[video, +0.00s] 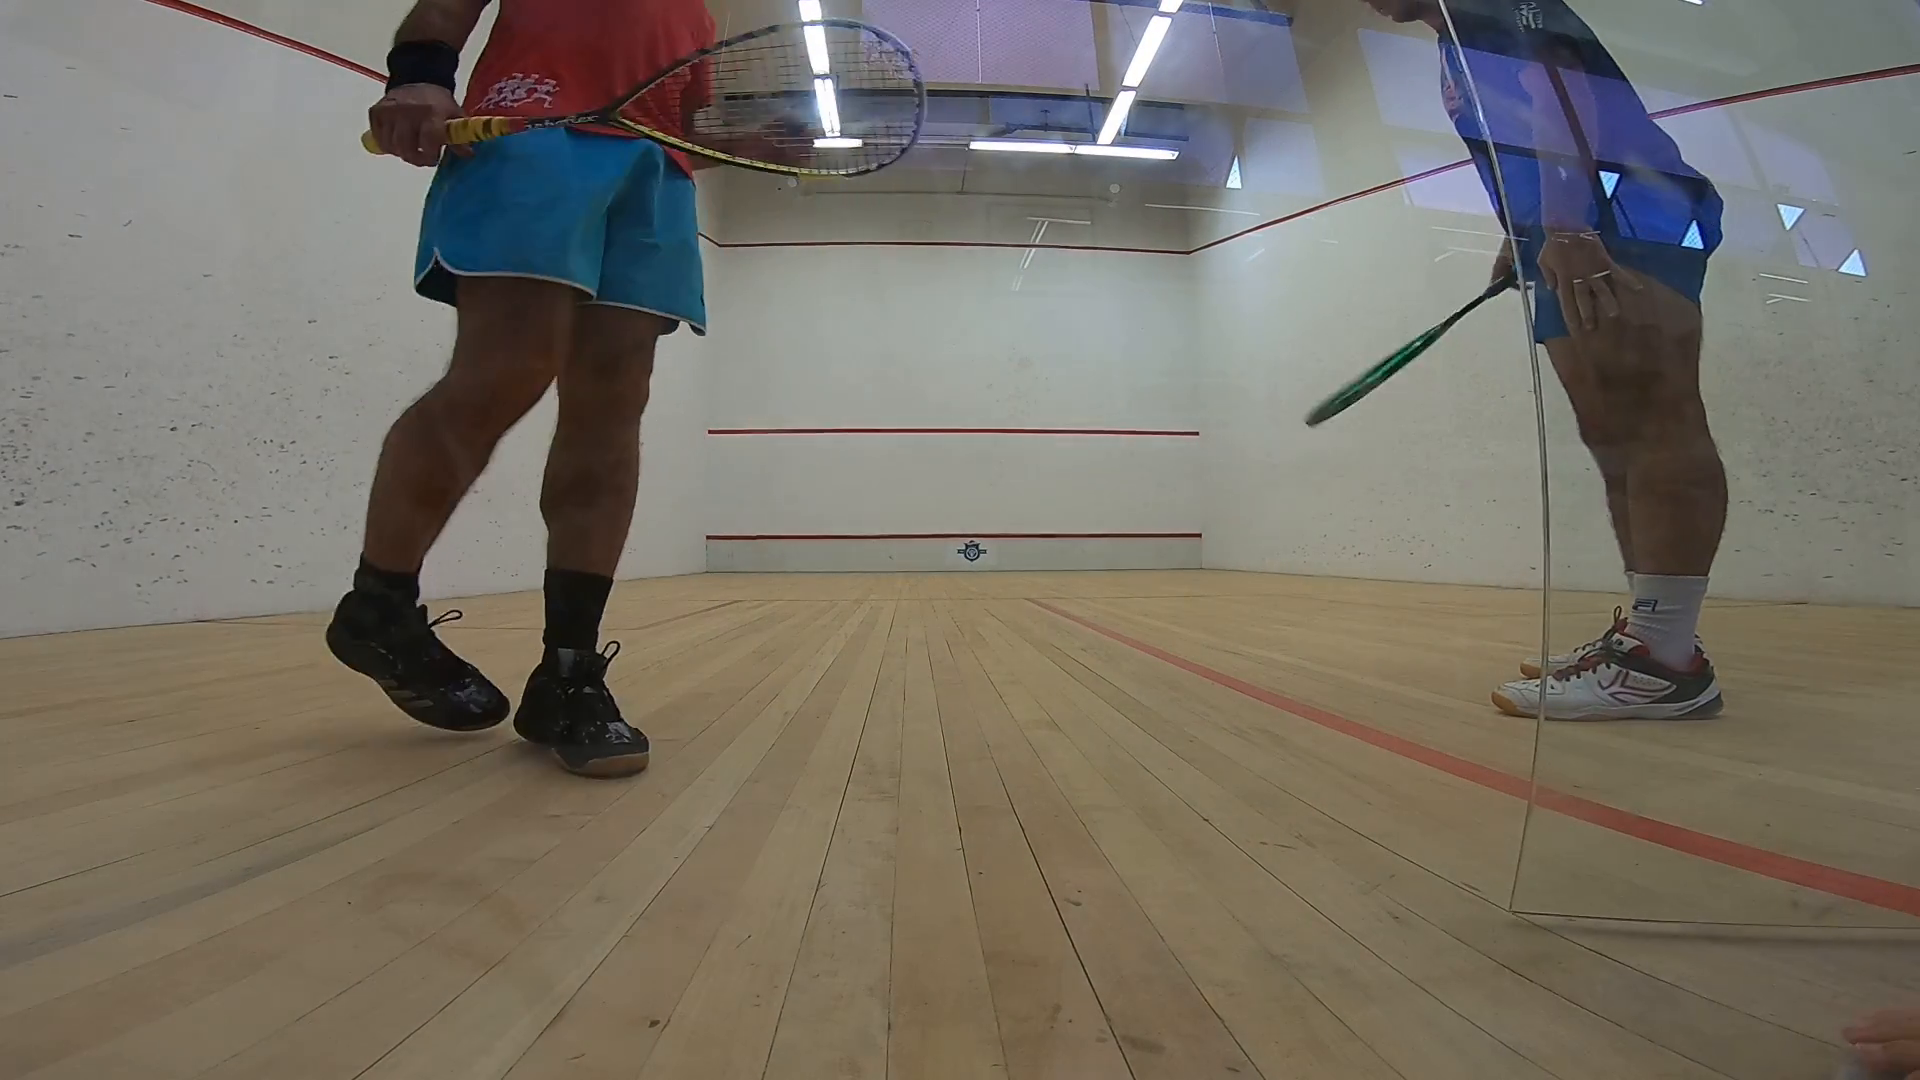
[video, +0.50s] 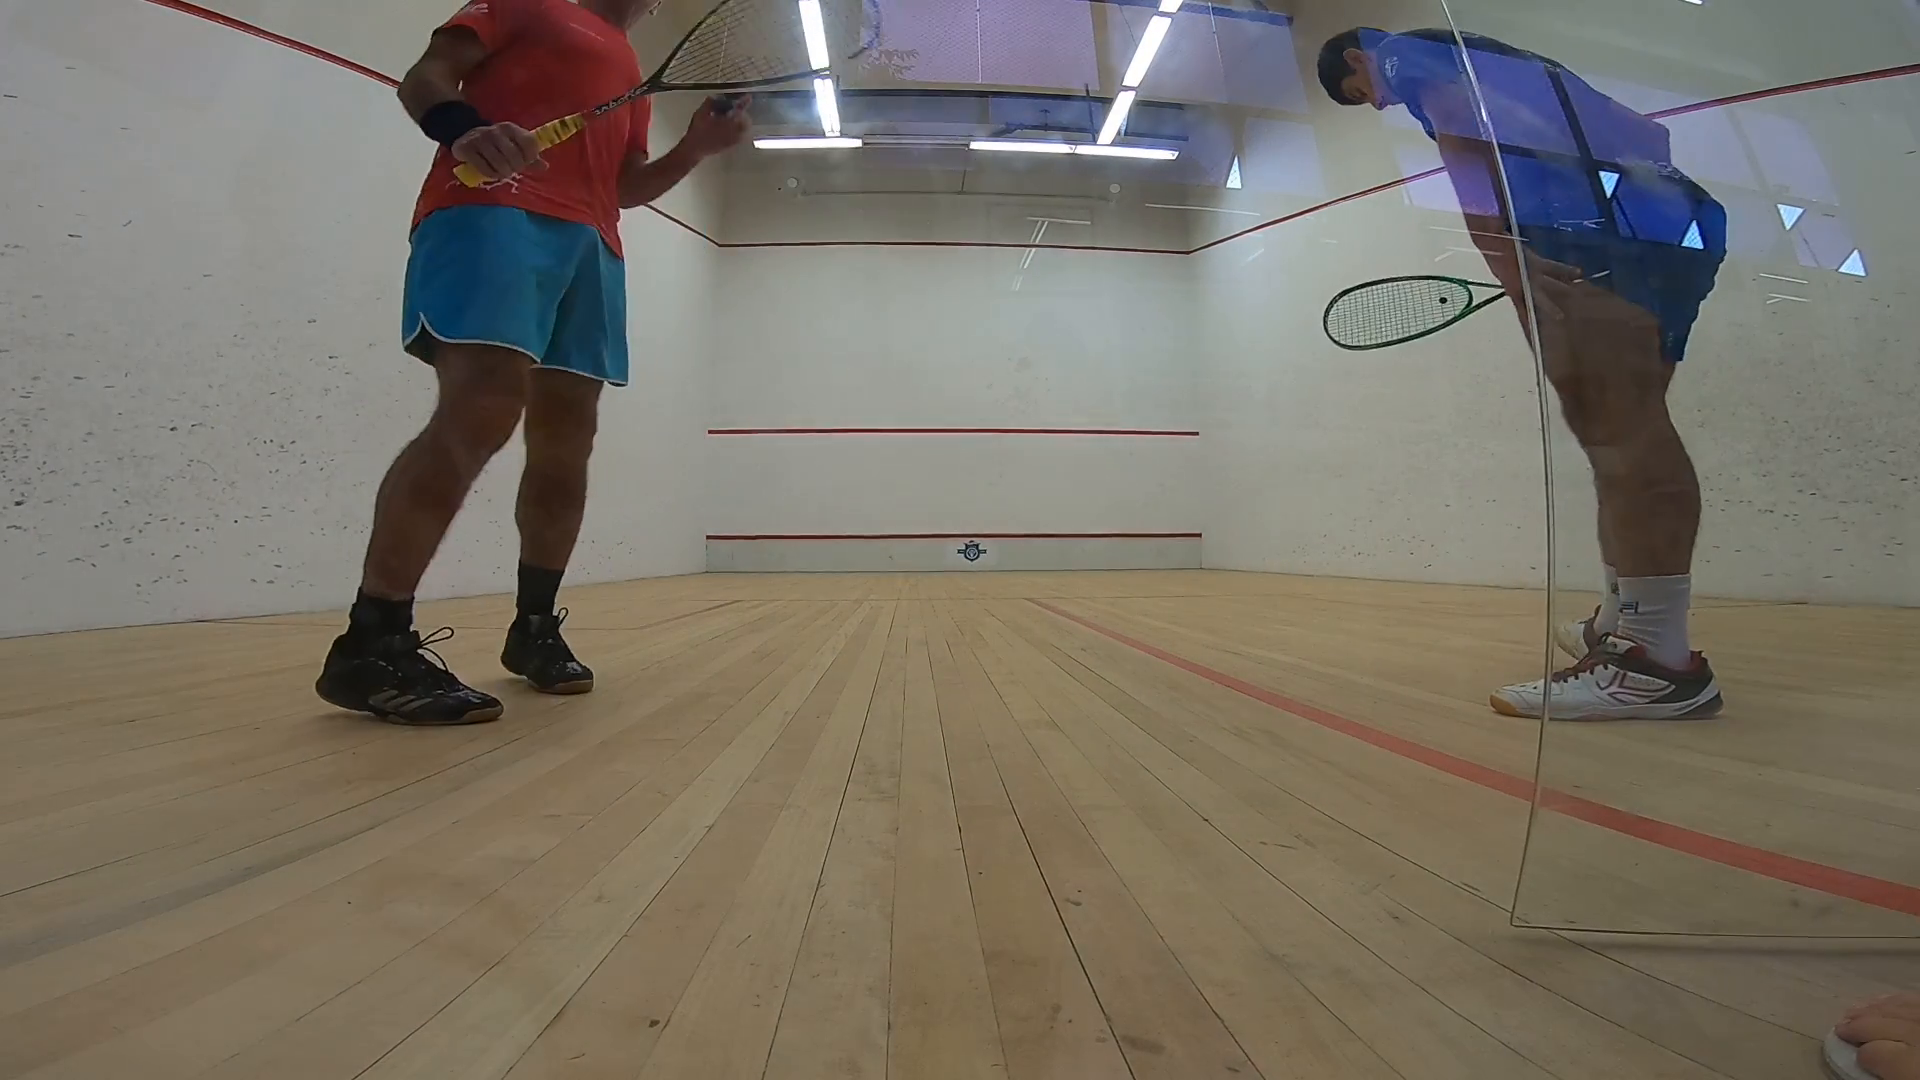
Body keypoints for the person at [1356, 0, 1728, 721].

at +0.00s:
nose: (1374, 5)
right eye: (1369, 3)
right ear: (1397, 10)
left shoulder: (1491, 8)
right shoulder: (1459, 57)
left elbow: (1558, 82)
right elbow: (1522, 139)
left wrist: (1569, 225)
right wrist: (1519, 229)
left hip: (1628, 218)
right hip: (1570, 237)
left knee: (1659, 421)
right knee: (1613, 431)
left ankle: (1670, 659)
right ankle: (1649, 637)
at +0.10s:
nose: (1348, 22)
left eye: (1340, 4)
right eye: (1336, 14)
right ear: (1364, 6)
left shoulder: (1487, 19)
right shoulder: (1459, 37)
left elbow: (1553, 122)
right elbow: (1528, 141)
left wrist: (1561, 229)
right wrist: (1543, 241)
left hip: (1637, 209)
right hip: (1596, 220)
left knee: (1625, 418)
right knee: (1593, 424)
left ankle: (1668, 658)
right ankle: (1648, 642)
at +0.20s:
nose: (1345, 43)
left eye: (1329, 23)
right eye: (1328, 36)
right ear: (1347, 22)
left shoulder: (1465, 23)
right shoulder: (1447, 51)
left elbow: (1536, 134)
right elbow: (1522, 156)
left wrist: (1539, 239)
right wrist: (1530, 249)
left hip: (1652, 213)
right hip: (1608, 217)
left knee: (1588, 413)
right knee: (1560, 410)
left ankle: (1662, 659)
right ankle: (1637, 639)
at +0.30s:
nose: (1356, 69)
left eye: (1340, 53)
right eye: (1340, 64)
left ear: (1351, 12)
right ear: (1360, 15)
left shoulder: (1445, 31)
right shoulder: (1434, 49)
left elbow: (1514, 134)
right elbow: (1493, 160)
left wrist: (1531, 246)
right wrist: (1512, 254)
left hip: (1648, 222)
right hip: (1608, 226)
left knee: (1593, 415)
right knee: (1562, 412)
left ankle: (1662, 661)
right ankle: (1629, 624)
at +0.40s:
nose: (1359, 85)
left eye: (1343, 72)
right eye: (1345, 82)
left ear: (1350, 37)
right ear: (1367, 27)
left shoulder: (1414, 39)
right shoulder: (1432, 46)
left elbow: (1474, 140)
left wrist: (1509, 251)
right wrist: (1525, 256)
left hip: (1636, 218)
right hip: (1621, 220)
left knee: (1610, 410)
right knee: (1577, 406)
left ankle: (1664, 660)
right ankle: (1623, 616)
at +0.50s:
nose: (1373, 102)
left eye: (1358, 90)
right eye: (1361, 100)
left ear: (1358, 54)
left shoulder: (1405, 54)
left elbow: (1464, 136)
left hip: (1605, 227)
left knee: (1624, 423)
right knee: (1611, 423)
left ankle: (1663, 658)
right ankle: (1627, 627)